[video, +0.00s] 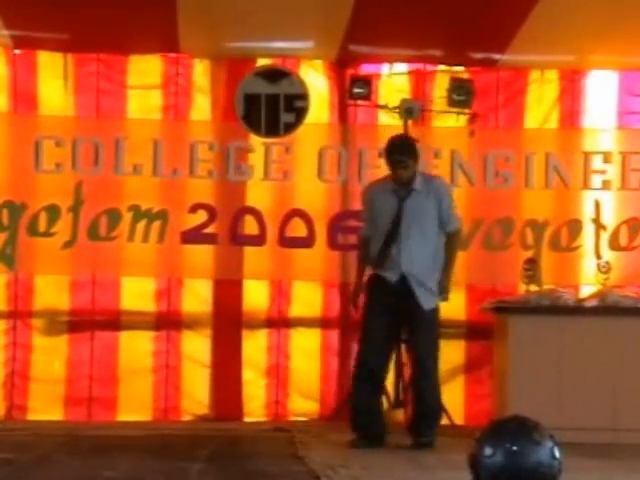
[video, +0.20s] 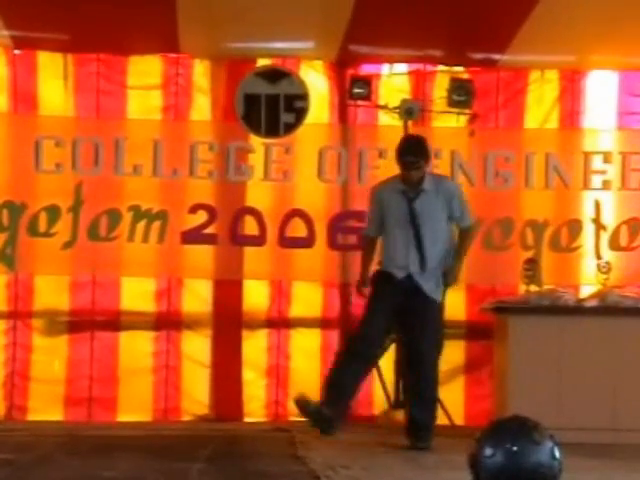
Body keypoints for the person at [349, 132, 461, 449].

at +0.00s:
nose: (401, 173)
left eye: (406, 166)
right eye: (396, 167)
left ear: (417, 163)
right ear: (387, 165)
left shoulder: (436, 190)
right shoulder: (374, 193)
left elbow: (453, 233)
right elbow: (367, 236)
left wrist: (445, 276)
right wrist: (359, 280)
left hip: (423, 285)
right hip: (383, 284)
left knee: (425, 362)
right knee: (370, 360)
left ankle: (425, 430)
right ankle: (369, 430)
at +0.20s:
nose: (411, 174)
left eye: (417, 167)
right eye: (406, 167)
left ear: (428, 164)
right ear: (398, 165)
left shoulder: (447, 190)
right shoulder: (383, 193)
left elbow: (468, 227)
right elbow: (371, 235)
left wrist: (455, 265)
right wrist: (364, 273)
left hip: (427, 283)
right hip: (390, 281)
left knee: (423, 360)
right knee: (364, 345)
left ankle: (421, 431)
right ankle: (331, 410)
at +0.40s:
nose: (416, 177)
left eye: (422, 170)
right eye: (412, 170)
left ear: (431, 167)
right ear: (402, 165)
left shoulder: (447, 191)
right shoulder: (385, 191)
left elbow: (468, 228)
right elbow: (376, 237)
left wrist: (456, 270)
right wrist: (374, 276)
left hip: (427, 285)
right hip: (389, 283)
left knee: (425, 360)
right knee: (377, 354)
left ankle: (422, 430)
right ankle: (380, 425)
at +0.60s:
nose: (419, 176)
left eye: (424, 169)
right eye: (413, 170)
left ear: (432, 165)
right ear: (402, 165)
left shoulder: (444, 185)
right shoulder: (383, 186)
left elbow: (451, 226)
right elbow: (360, 223)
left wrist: (444, 262)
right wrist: (372, 259)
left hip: (427, 280)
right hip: (388, 279)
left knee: (424, 352)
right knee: (380, 348)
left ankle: (408, 424)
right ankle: (400, 414)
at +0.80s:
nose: (409, 180)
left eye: (415, 174)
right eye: (404, 174)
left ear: (422, 169)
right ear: (393, 169)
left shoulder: (437, 192)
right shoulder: (374, 194)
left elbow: (448, 237)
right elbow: (354, 237)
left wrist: (438, 275)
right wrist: (369, 268)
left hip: (418, 289)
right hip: (380, 287)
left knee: (406, 367)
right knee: (362, 357)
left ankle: (388, 430)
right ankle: (382, 427)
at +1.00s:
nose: (382, 182)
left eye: (387, 175)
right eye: (377, 175)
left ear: (394, 172)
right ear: (364, 170)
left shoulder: (405, 190)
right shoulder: (343, 198)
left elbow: (421, 224)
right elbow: (339, 249)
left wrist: (413, 253)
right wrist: (350, 291)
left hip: (400, 284)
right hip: (364, 285)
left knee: (416, 345)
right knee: (374, 360)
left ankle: (406, 388)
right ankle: (389, 433)